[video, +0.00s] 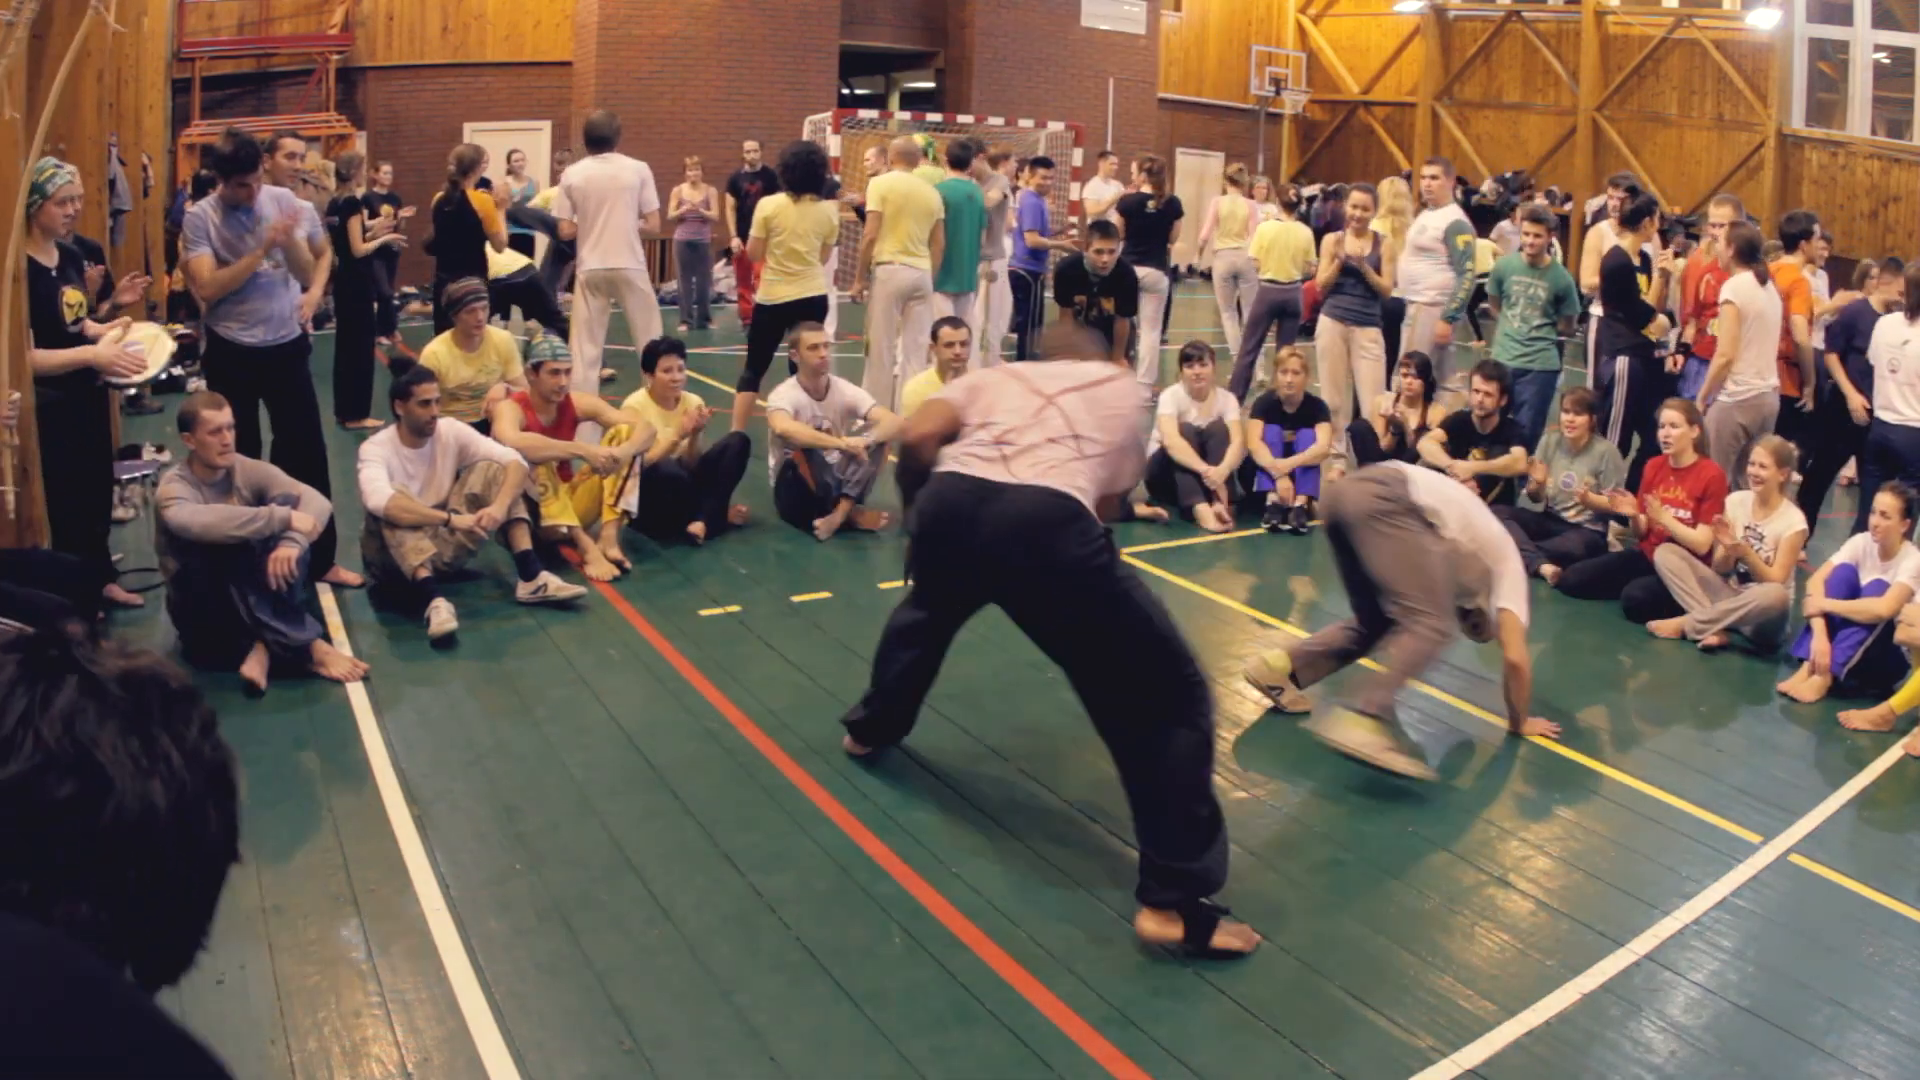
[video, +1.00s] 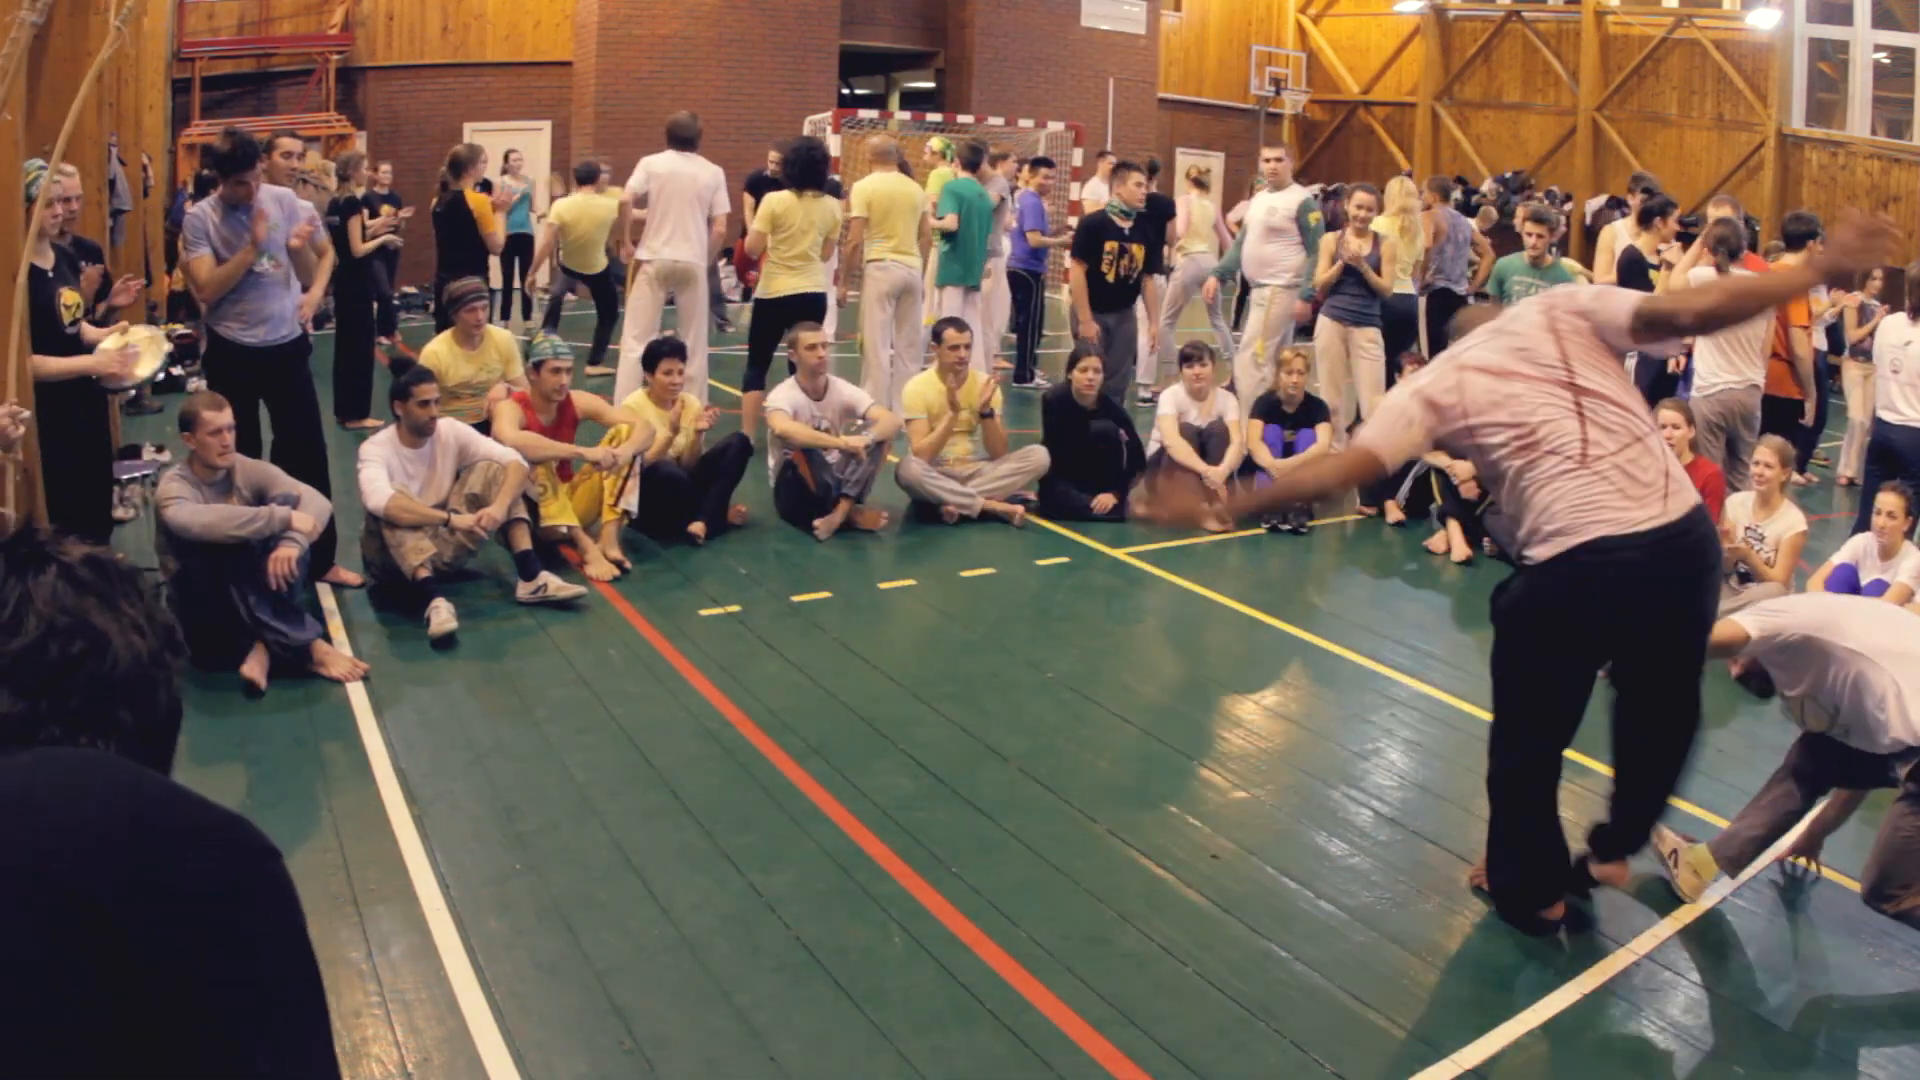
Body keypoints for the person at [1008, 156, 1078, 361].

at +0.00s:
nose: (1046, 182)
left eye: (1050, 178)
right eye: (1042, 177)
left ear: (1052, 179)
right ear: (1030, 177)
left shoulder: (1038, 199)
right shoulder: (1030, 200)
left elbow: (1041, 232)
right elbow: (1032, 239)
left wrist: (1061, 231)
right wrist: (1060, 244)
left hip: (1034, 268)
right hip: (1026, 270)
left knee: (1032, 324)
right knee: (1028, 325)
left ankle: (1028, 366)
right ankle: (1025, 367)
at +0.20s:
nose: (1047, 182)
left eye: (1050, 178)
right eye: (1043, 177)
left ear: (1052, 178)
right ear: (1031, 177)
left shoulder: (1037, 200)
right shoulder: (1030, 201)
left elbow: (1039, 235)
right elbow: (1034, 239)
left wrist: (1059, 237)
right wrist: (1058, 240)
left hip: (1034, 269)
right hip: (1026, 270)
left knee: (1033, 325)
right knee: (1029, 326)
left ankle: (1028, 366)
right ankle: (1025, 368)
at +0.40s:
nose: (1048, 182)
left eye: (1050, 178)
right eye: (1044, 177)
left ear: (1050, 179)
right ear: (1032, 176)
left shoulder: (1035, 199)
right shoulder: (1029, 201)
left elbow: (1037, 235)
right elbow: (1033, 239)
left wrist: (1059, 238)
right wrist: (1058, 239)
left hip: (1033, 268)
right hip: (1025, 268)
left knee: (1033, 323)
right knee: (1029, 323)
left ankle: (1029, 368)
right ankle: (1024, 373)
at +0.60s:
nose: (1049, 182)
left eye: (1051, 177)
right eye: (1045, 177)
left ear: (1050, 179)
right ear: (1032, 176)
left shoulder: (1034, 199)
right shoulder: (1029, 200)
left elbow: (1037, 235)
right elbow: (1033, 239)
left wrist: (1058, 232)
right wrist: (1059, 242)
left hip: (1032, 267)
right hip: (1025, 267)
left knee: (1032, 324)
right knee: (1028, 325)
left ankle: (1027, 370)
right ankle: (1024, 373)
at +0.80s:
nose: (1049, 182)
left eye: (1051, 178)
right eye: (1045, 177)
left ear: (1051, 179)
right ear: (1033, 176)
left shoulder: (1031, 198)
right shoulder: (1029, 200)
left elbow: (1034, 236)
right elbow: (1035, 239)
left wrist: (1056, 238)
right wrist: (1059, 237)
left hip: (1031, 267)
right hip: (1026, 268)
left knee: (1032, 323)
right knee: (1029, 324)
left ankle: (1029, 367)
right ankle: (1024, 373)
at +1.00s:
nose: (1049, 182)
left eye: (1051, 178)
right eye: (1046, 177)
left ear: (1049, 179)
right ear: (1033, 176)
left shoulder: (1032, 198)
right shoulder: (1030, 201)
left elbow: (1037, 234)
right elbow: (1033, 238)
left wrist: (1058, 233)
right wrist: (1061, 241)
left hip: (1030, 267)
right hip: (1026, 268)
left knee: (1032, 322)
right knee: (1029, 323)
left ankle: (1028, 368)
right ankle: (1024, 373)